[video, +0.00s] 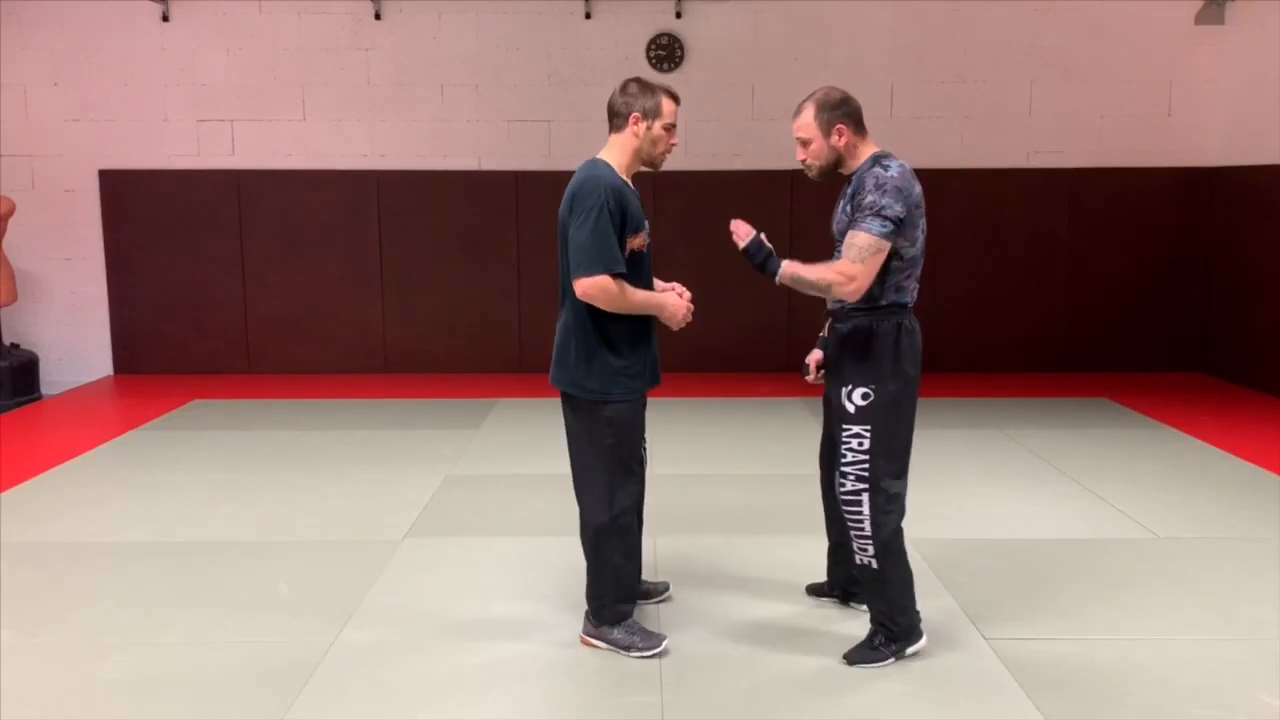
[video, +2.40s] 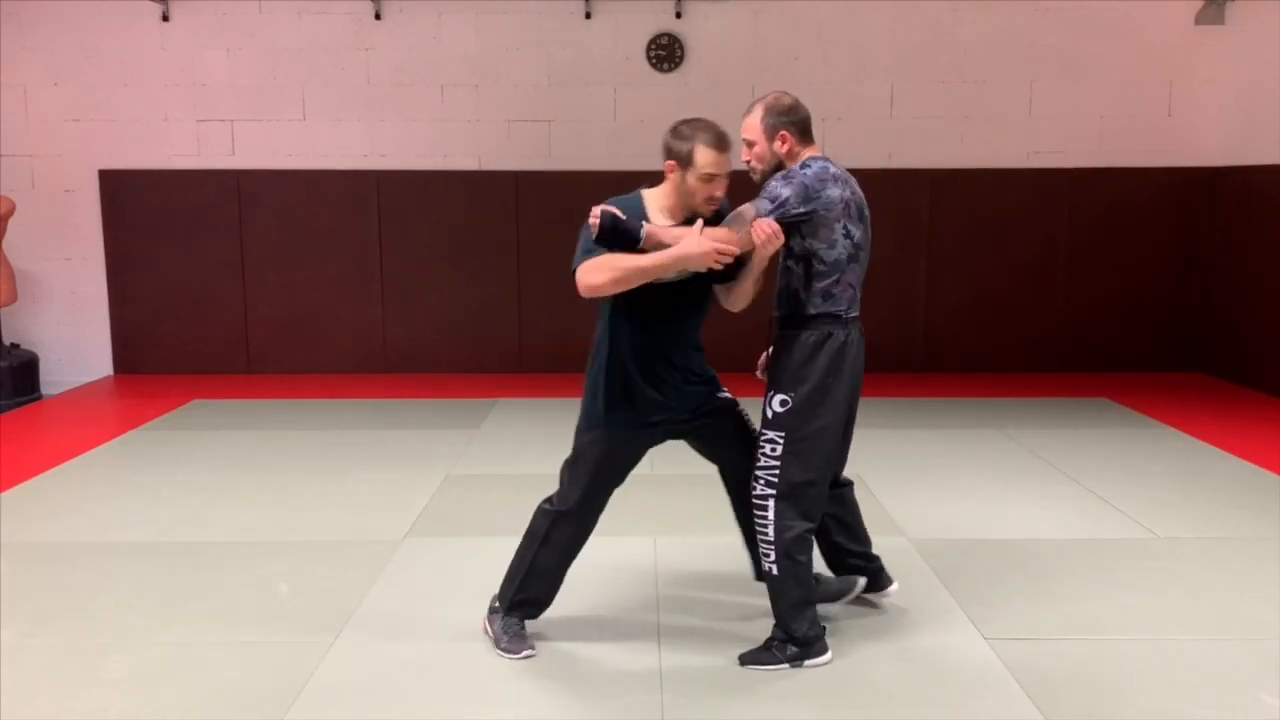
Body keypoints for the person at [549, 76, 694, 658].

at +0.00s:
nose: (675, 140)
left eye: (676, 129)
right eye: (669, 128)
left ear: (637, 126)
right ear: (636, 125)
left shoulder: (617, 185)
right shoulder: (596, 188)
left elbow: (620, 273)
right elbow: (591, 285)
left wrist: (660, 291)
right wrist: (658, 303)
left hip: (617, 370)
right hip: (596, 374)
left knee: (623, 484)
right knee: (608, 493)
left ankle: (620, 580)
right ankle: (606, 617)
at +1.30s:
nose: (660, 174)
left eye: (663, 163)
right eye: (657, 162)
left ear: (626, 149)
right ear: (627, 149)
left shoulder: (598, 198)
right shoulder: (567, 203)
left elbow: (641, 252)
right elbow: (597, 300)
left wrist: (669, 228)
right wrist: (653, 243)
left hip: (589, 370)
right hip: (548, 375)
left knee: (608, 480)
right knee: (556, 493)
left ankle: (607, 581)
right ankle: (520, 610)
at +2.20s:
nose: (642, 182)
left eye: (643, 169)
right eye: (635, 169)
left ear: (602, 165)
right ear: (597, 163)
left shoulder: (609, 216)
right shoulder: (541, 224)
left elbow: (634, 272)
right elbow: (567, 320)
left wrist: (697, 268)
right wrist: (651, 289)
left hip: (626, 377)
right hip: (569, 389)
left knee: (685, 467)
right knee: (550, 505)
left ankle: (644, 571)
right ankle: (505, 613)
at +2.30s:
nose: (670, 188)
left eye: (672, 175)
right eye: (661, 176)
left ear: (629, 171)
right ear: (622, 170)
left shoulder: (656, 218)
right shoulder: (564, 228)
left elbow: (696, 285)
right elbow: (582, 311)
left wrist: (744, 252)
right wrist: (664, 266)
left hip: (654, 378)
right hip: (590, 393)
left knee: (721, 467)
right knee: (563, 507)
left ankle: (711, 580)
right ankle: (507, 614)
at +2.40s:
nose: (720, 191)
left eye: (725, 178)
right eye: (709, 178)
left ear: (727, 176)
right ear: (673, 170)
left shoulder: (714, 229)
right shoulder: (615, 217)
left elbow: (734, 300)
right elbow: (590, 280)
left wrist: (759, 260)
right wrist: (680, 257)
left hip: (693, 390)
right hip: (622, 396)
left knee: (757, 472)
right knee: (576, 504)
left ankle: (790, 579)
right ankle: (510, 610)